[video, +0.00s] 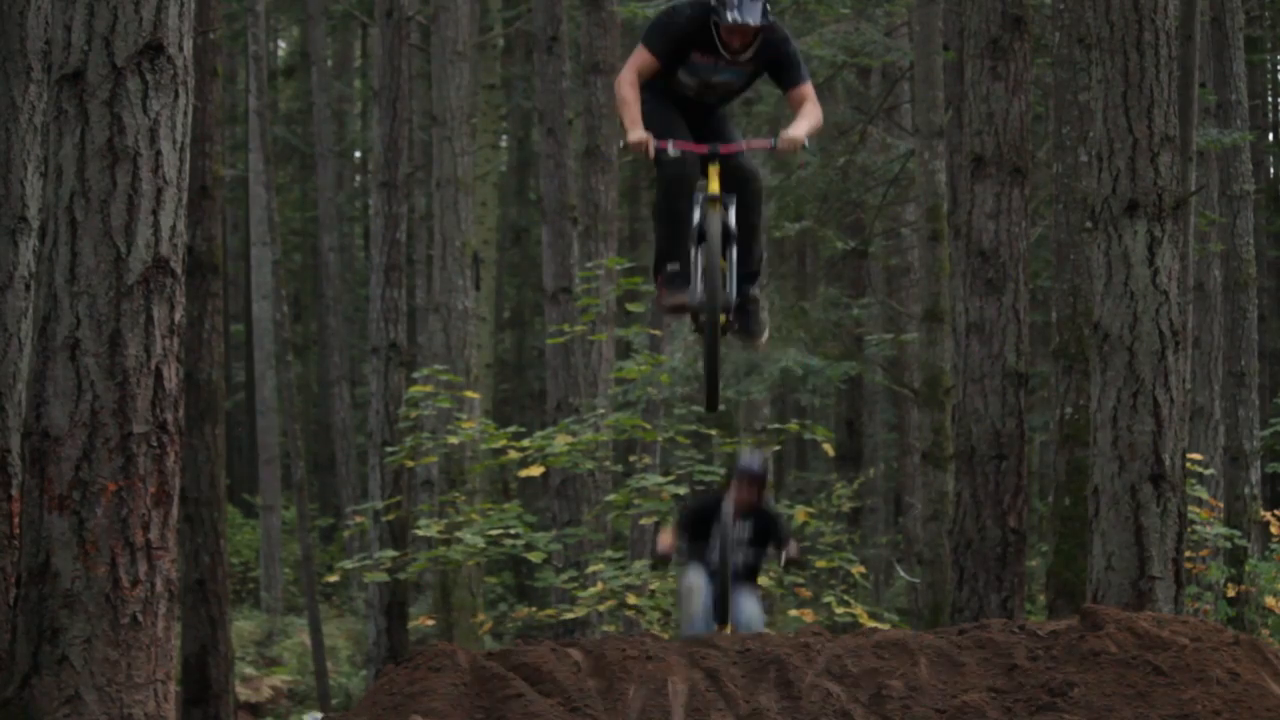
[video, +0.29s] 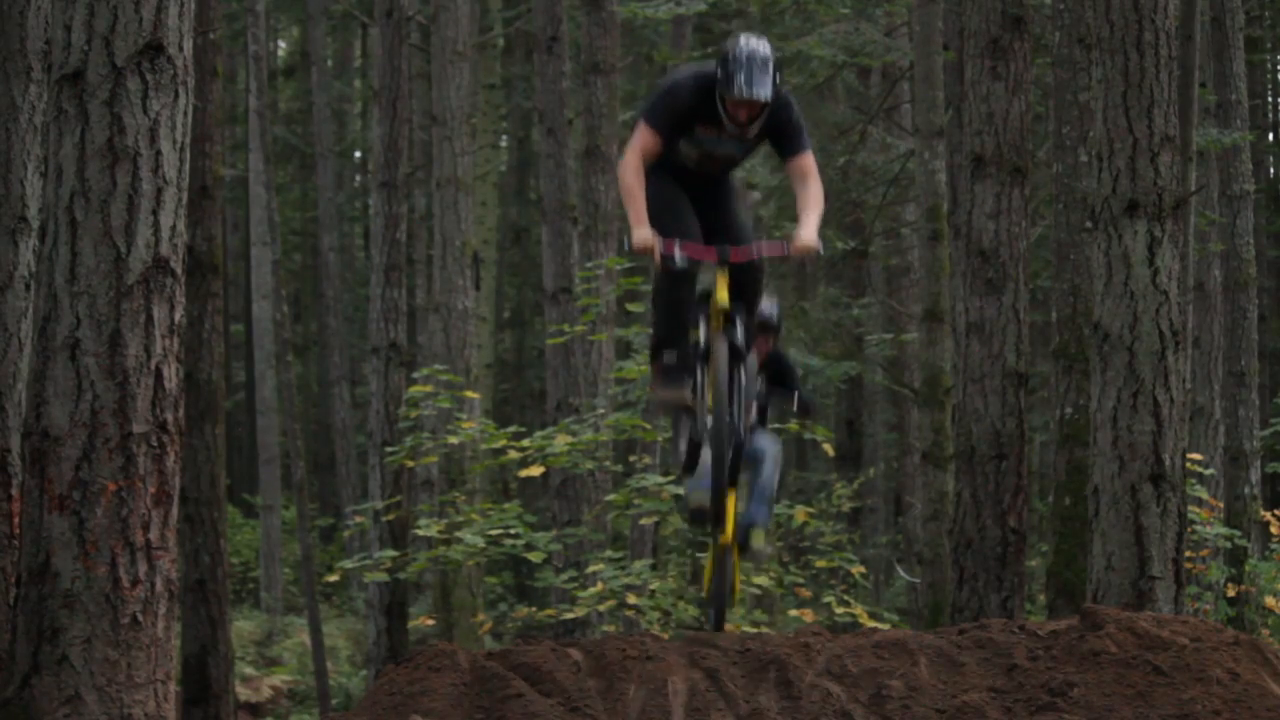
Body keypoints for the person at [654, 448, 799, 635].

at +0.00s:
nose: (745, 493)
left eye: (752, 487)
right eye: (741, 485)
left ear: (761, 490)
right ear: (732, 484)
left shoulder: (764, 518)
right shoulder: (707, 507)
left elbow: (784, 543)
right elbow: (678, 527)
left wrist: (789, 551)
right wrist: (668, 542)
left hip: (742, 582)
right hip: (706, 577)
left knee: (752, 623)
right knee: (694, 579)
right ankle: (696, 648)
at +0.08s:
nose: (749, 451)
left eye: (755, 446)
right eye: (744, 444)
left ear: (764, 449)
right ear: (735, 443)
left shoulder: (768, 476)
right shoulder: (714, 464)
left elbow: (786, 508)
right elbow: (679, 485)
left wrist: (795, 517)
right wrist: (669, 500)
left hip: (745, 542)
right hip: (708, 537)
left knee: (756, 574)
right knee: (693, 538)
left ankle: (753, 634)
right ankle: (697, 613)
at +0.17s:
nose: (754, 414)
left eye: (760, 407)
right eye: (748, 406)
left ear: (767, 409)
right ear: (737, 404)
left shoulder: (770, 437)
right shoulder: (718, 426)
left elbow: (788, 468)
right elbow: (684, 445)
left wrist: (793, 478)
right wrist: (672, 454)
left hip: (746, 501)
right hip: (708, 495)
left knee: (761, 530)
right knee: (695, 500)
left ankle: (753, 606)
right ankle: (698, 576)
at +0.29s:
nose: (763, 345)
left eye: (768, 339)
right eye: (758, 337)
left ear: (775, 340)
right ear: (747, 336)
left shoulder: (777, 364)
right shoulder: (728, 358)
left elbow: (796, 400)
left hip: (753, 432)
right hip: (719, 429)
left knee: (771, 448)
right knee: (705, 447)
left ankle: (757, 524)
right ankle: (699, 499)